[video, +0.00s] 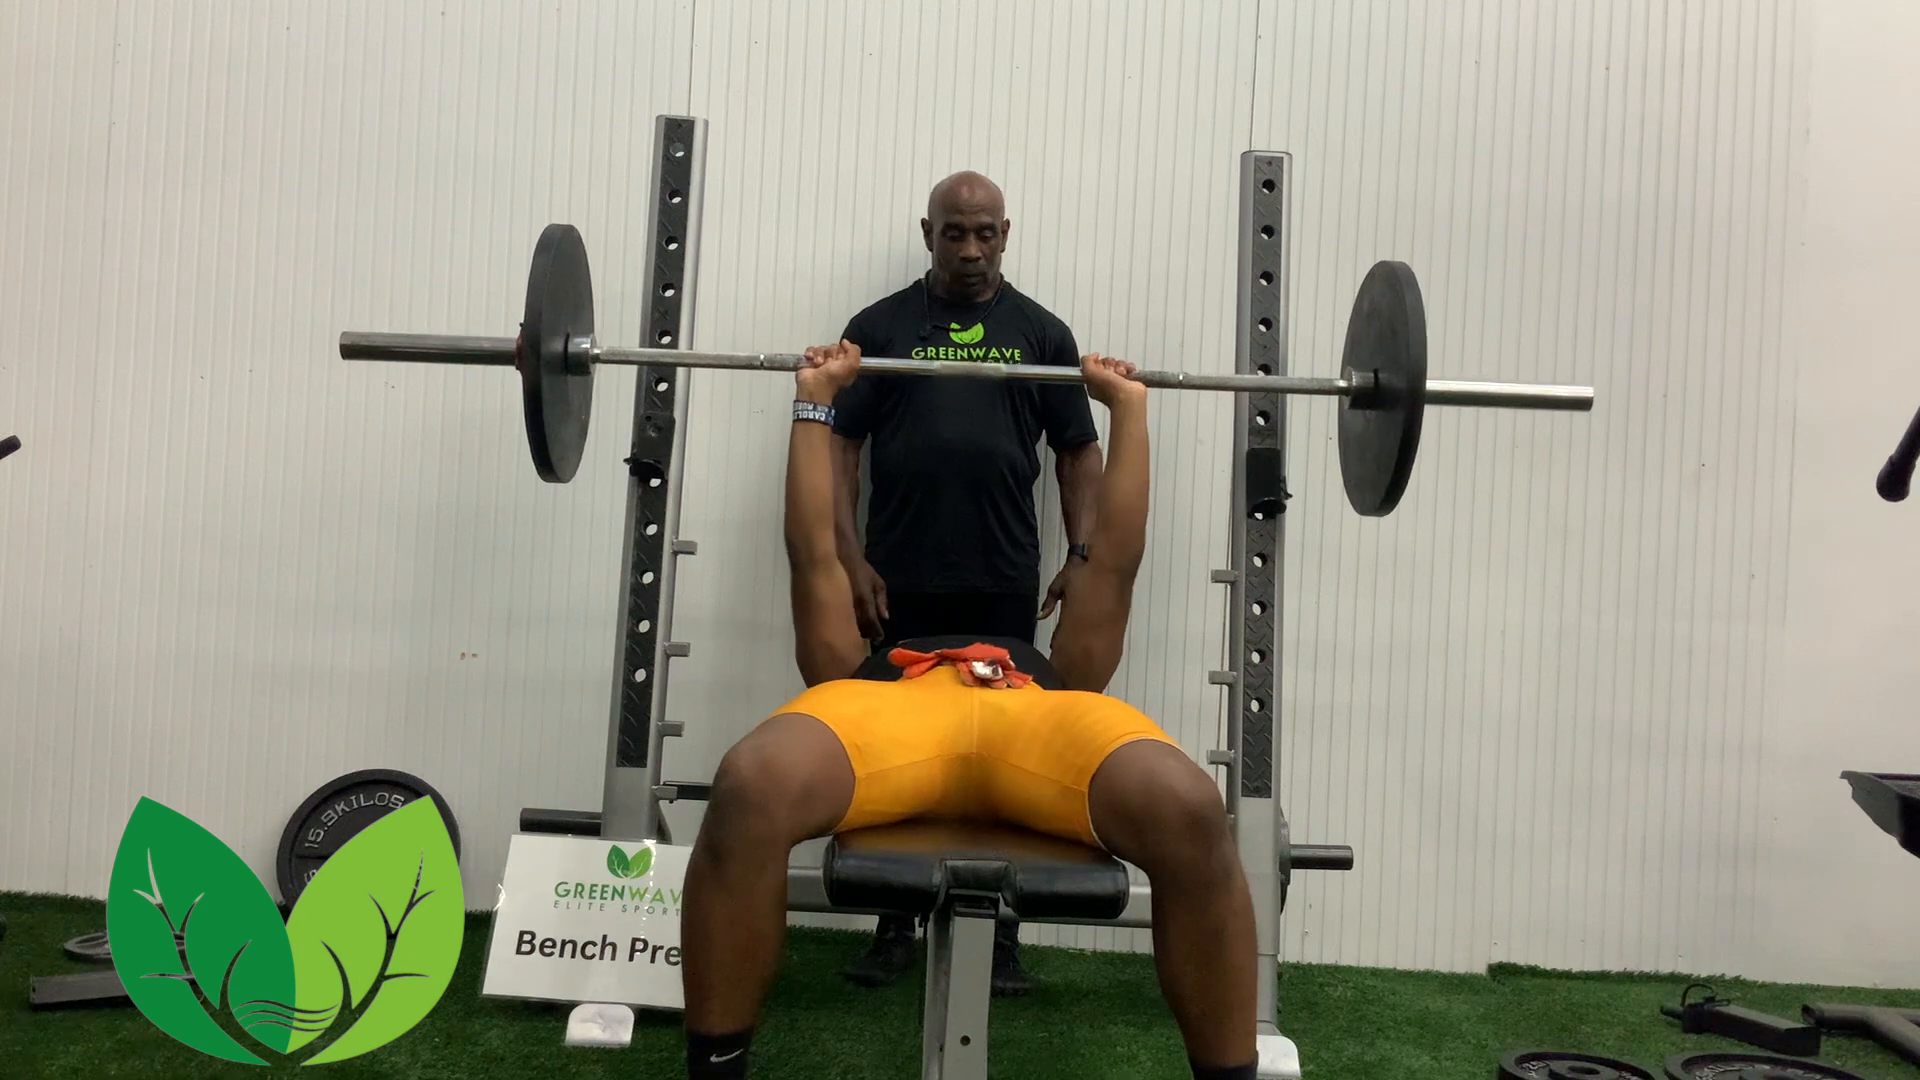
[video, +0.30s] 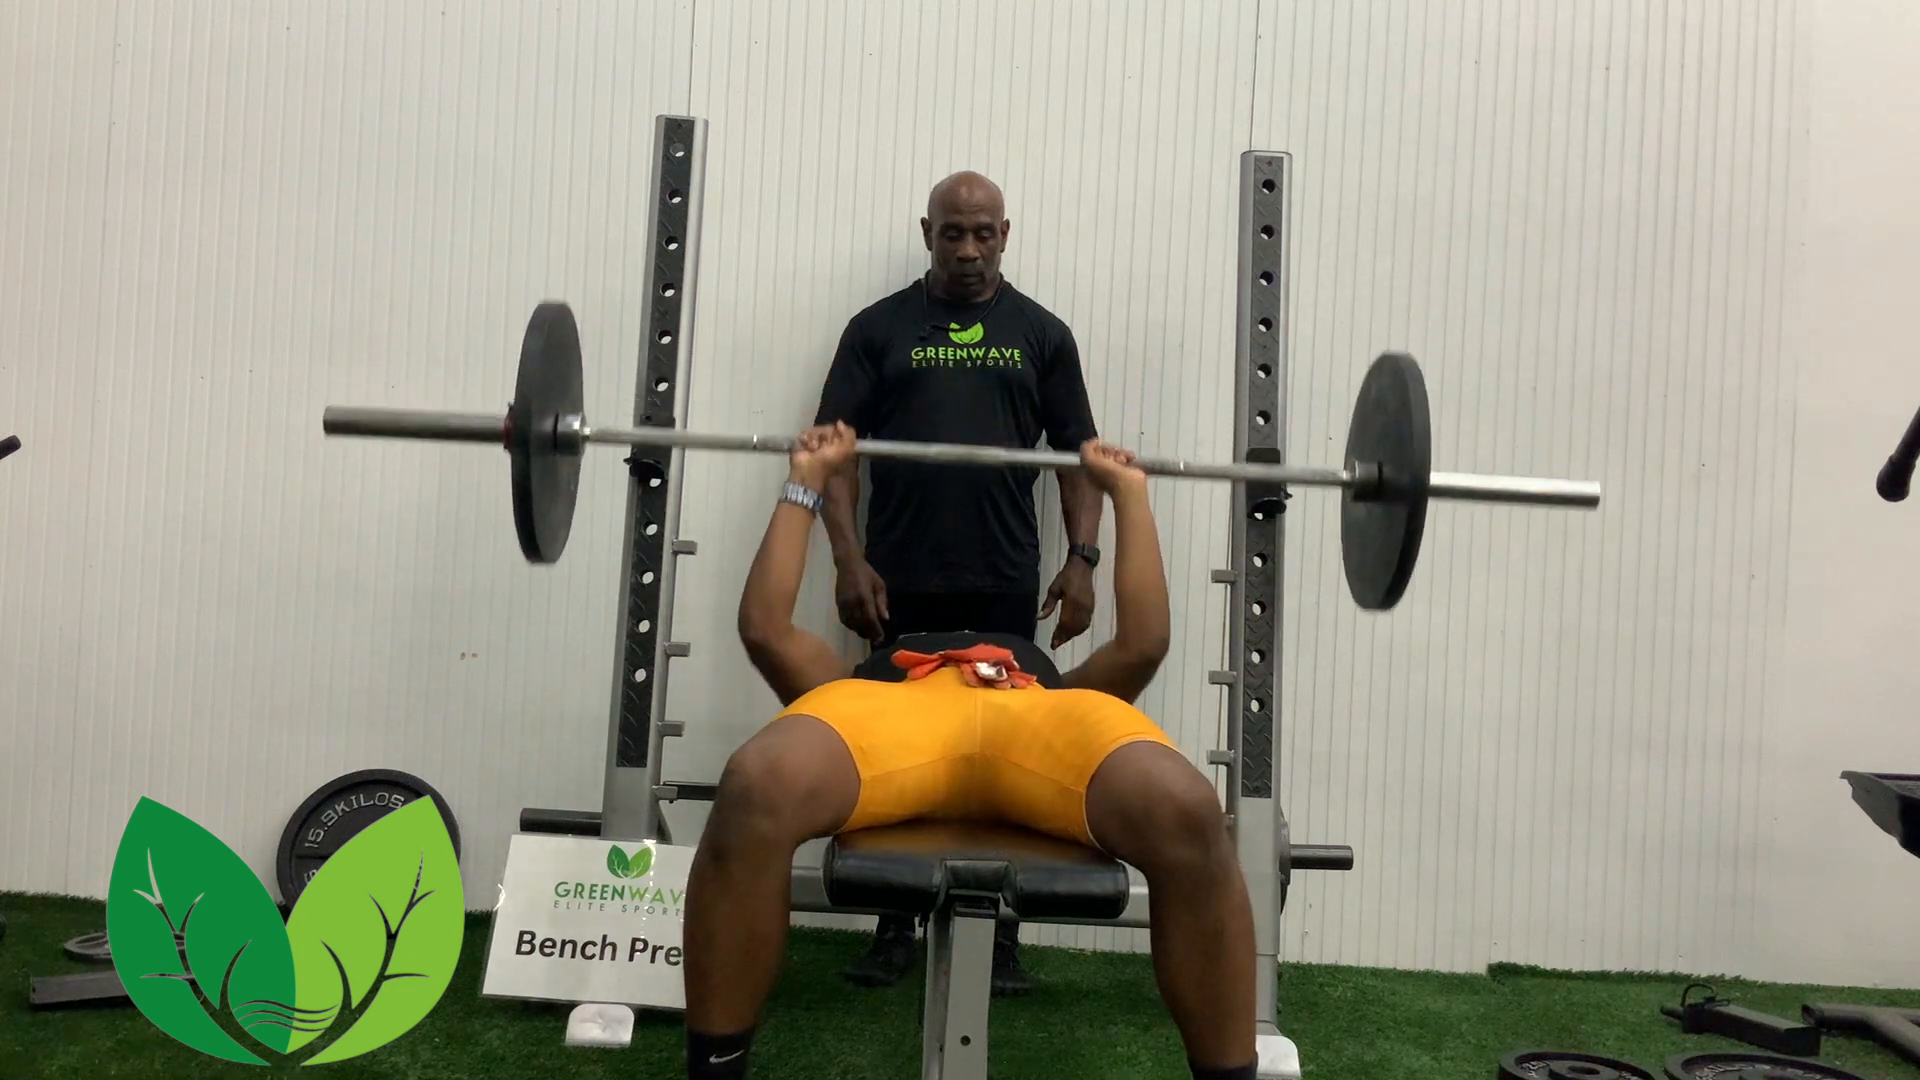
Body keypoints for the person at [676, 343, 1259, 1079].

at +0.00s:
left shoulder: (1062, 683)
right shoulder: (855, 676)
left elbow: (1111, 559)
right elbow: (815, 550)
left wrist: (1128, 404)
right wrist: (813, 405)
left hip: (1044, 707)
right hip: (886, 695)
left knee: (1193, 813)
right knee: (748, 788)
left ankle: (1230, 1070)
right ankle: (715, 1065)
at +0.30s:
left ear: (1029, 676)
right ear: (901, 660)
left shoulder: (1056, 686)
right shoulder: (861, 680)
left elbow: (1142, 639)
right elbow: (766, 626)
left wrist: (1131, 493)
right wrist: (803, 487)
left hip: (1044, 711)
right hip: (883, 706)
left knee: (1190, 815)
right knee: (755, 785)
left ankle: (1232, 1071)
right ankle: (715, 1065)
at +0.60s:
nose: (969, 654)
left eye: (994, 656)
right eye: (940, 653)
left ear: (1028, 687)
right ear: (910, 665)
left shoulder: (1047, 700)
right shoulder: (883, 683)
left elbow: (1134, 749)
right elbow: (771, 760)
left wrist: (1130, 642)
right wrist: (801, 636)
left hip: (1044, 714)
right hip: (888, 702)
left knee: (1187, 817)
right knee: (752, 791)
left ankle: (1232, 1073)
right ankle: (713, 1071)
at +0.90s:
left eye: (1005, 666)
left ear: (1027, 682)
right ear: (907, 662)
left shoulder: (1045, 685)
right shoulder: (884, 688)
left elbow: (1151, 738)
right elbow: (761, 743)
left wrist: (1132, 598)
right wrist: (793, 589)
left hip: (1040, 712)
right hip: (890, 703)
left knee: (1189, 817)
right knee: (759, 788)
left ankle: (1228, 1071)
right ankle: (716, 1063)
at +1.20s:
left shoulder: (1056, 683)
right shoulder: (857, 679)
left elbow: (1098, 559)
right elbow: (820, 549)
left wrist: (1124, 403)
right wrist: (809, 396)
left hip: (1047, 713)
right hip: (887, 706)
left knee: (1194, 809)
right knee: (762, 789)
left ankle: (1232, 1072)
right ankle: (720, 1068)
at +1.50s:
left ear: (1026, 674)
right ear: (902, 656)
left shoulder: (1056, 685)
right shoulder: (857, 677)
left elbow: (1142, 634)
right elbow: (765, 630)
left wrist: (1129, 485)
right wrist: (797, 488)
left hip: (1041, 711)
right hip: (881, 705)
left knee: (1188, 819)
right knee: (759, 785)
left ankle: (1230, 1073)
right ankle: (715, 1065)